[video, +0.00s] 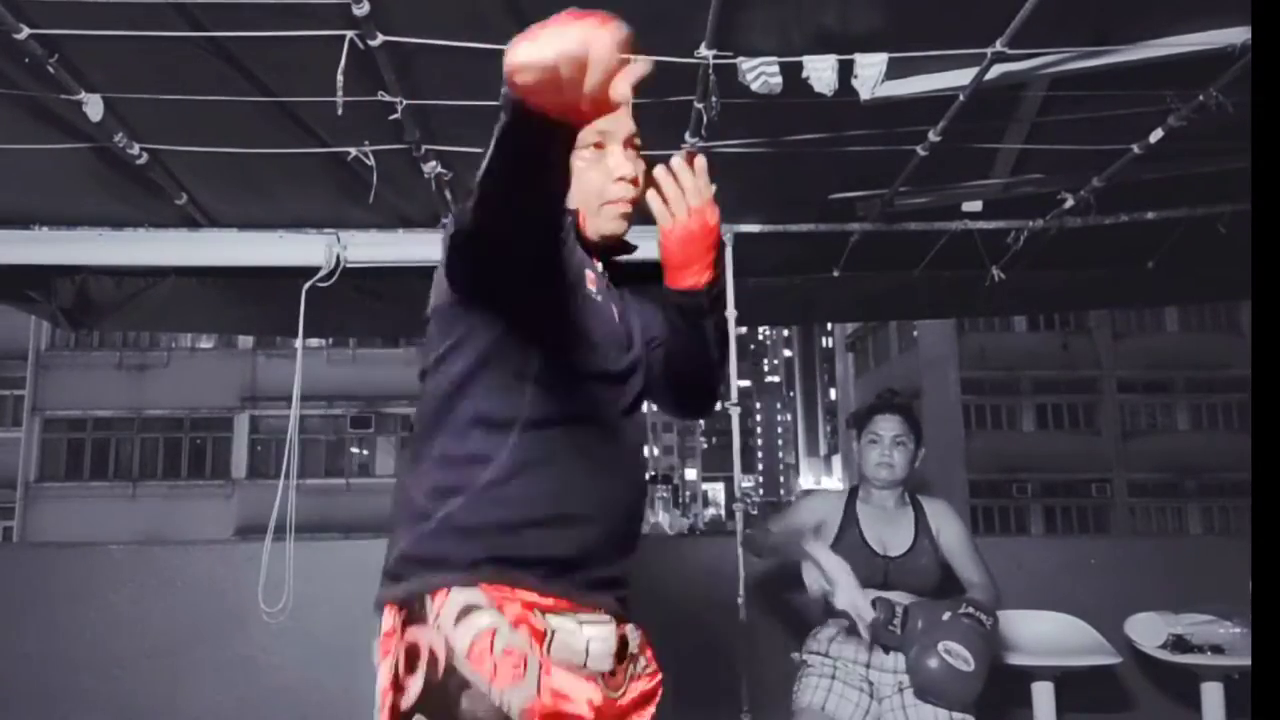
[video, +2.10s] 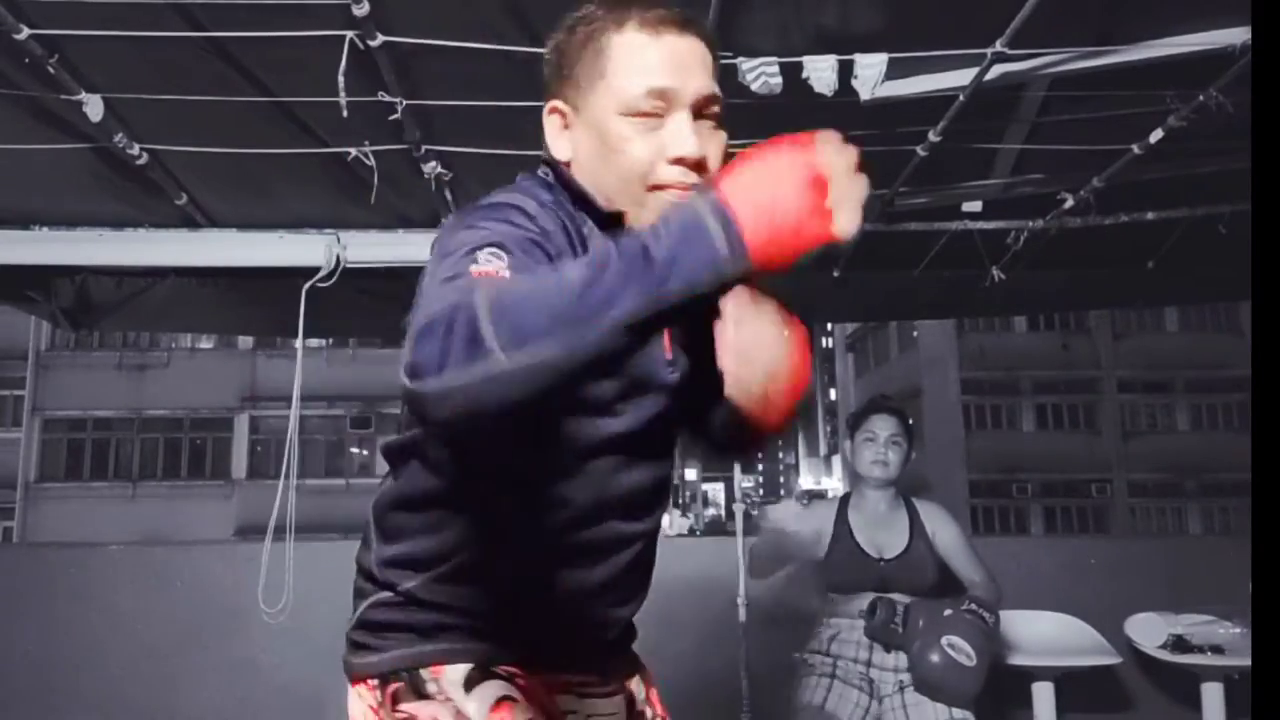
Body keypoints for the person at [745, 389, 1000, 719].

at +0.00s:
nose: (885, 452)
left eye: (899, 443)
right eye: (874, 441)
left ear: (917, 457)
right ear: (857, 450)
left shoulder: (937, 515)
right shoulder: (825, 507)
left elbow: (984, 591)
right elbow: (755, 541)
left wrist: (951, 617)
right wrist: (806, 549)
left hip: (921, 670)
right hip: (838, 667)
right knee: (820, 711)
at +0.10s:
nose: (885, 452)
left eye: (898, 443)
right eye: (873, 441)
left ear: (916, 457)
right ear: (856, 449)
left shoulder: (936, 517)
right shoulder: (827, 511)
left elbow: (982, 590)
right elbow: (771, 560)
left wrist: (974, 617)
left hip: (921, 671)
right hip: (838, 667)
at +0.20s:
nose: (885, 452)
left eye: (899, 444)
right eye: (874, 441)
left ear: (917, 458)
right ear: (857, 449)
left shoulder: (935, 516)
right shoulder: (829, 511)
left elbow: (983, 590)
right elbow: (777, 565)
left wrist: (968, 617)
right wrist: (792, 484)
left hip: (920, 668)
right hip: (841, 665)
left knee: (940, 714)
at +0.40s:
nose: (881, 452)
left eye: (894, 443)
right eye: (869, 442)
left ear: (910, 454)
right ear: (852, 451)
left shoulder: (935, 519)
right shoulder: (830, 512)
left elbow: (983, 588)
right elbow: (784, 560)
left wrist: (967, 618)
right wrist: (836, 513)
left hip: (920, 666)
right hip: (839, 664)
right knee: (825, 711)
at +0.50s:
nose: (885, 452)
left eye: (897, 443)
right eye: (872, 442)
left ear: (912, 454)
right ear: (852, 450)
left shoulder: (932, 515)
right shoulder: (831, 513)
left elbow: (983, 589)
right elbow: (760, 558)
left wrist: (971, 619)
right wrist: (805, 521)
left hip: (923, 671)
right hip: (841, 667)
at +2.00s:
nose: (883, 450)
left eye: (895, 443)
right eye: (870, 439)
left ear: (909, 456)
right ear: (850, 450)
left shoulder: (931, 518)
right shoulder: (823, 515)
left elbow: (984, 587)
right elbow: (764, 576)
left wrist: (972, 620)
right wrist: (769, 526)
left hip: (921, 669)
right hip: (840, 666)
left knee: (938, 714)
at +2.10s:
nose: (881, 451)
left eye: (894, 443)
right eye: (869, 440)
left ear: (908, 456)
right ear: (849, 451)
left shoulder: (931, 517)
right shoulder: (817, 519)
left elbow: (984, 586)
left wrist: (976, 613)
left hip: (919, 666)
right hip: (838, 664)